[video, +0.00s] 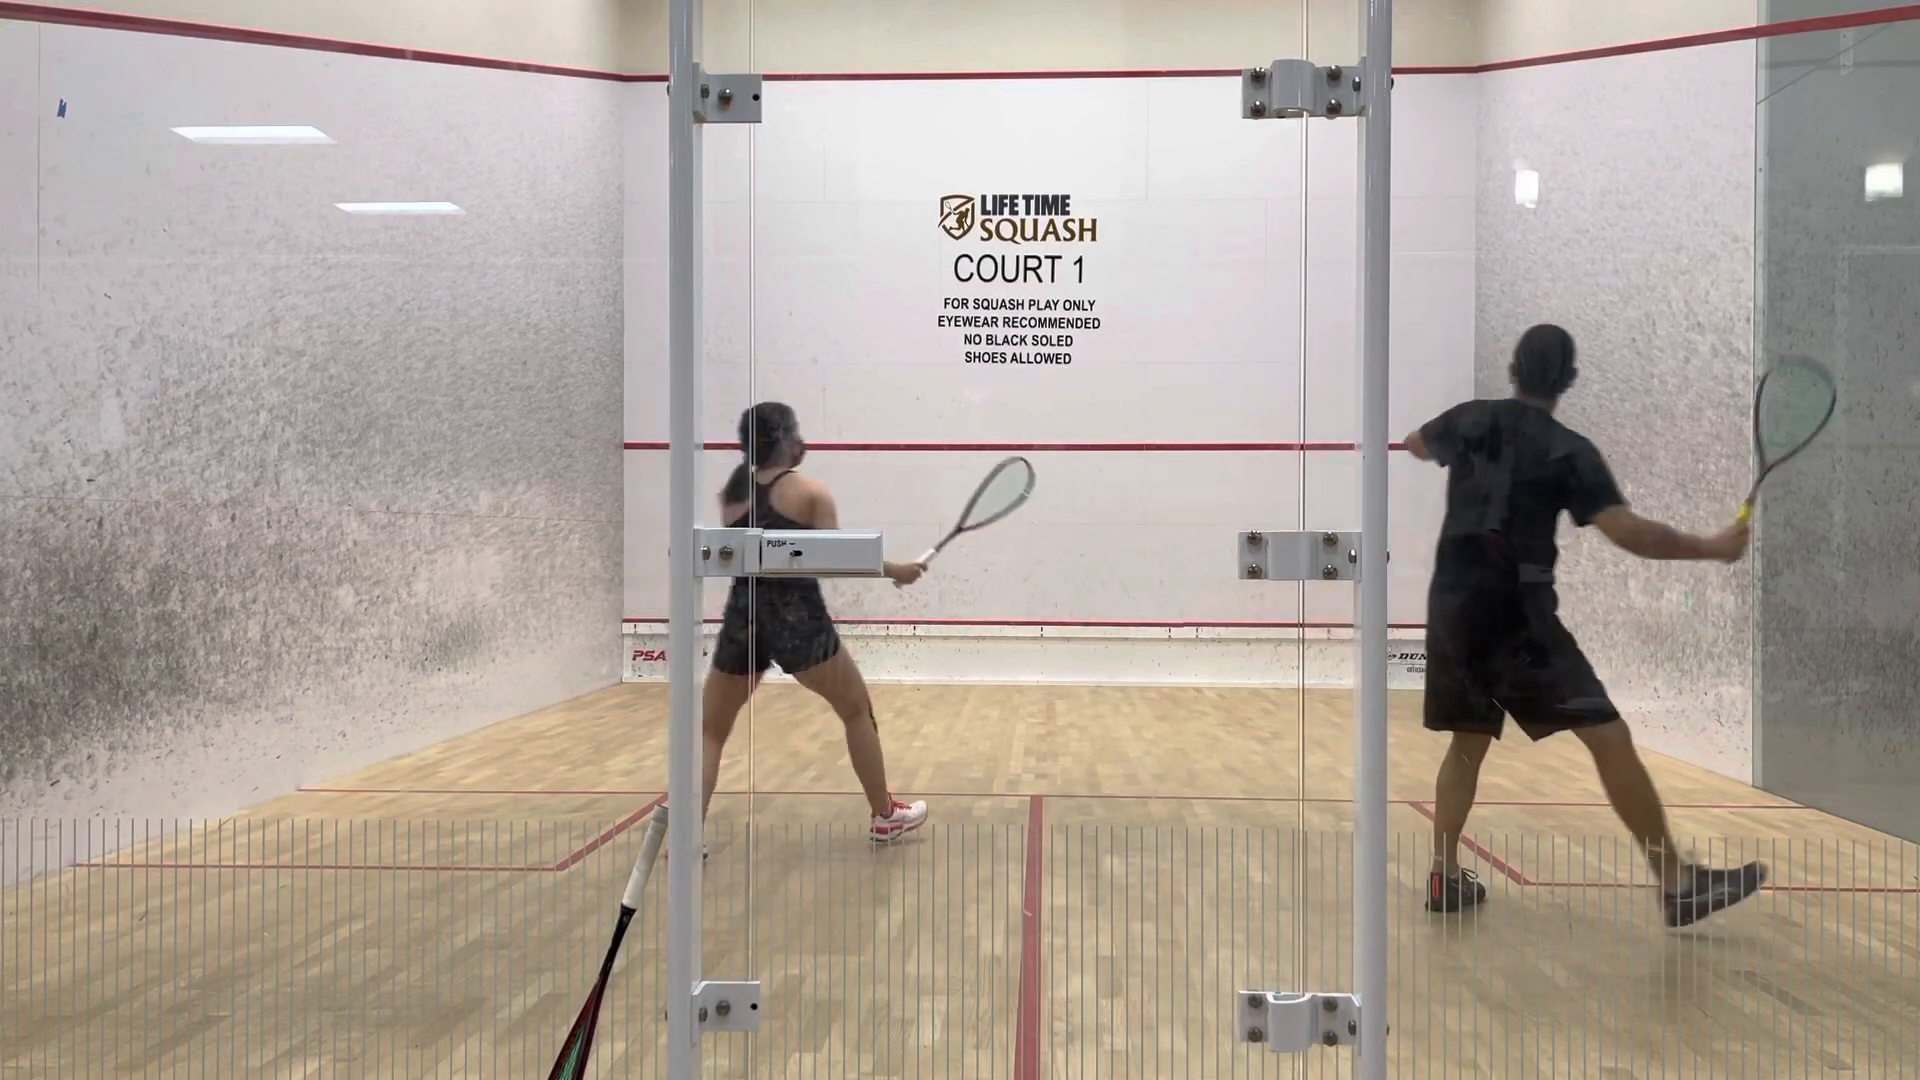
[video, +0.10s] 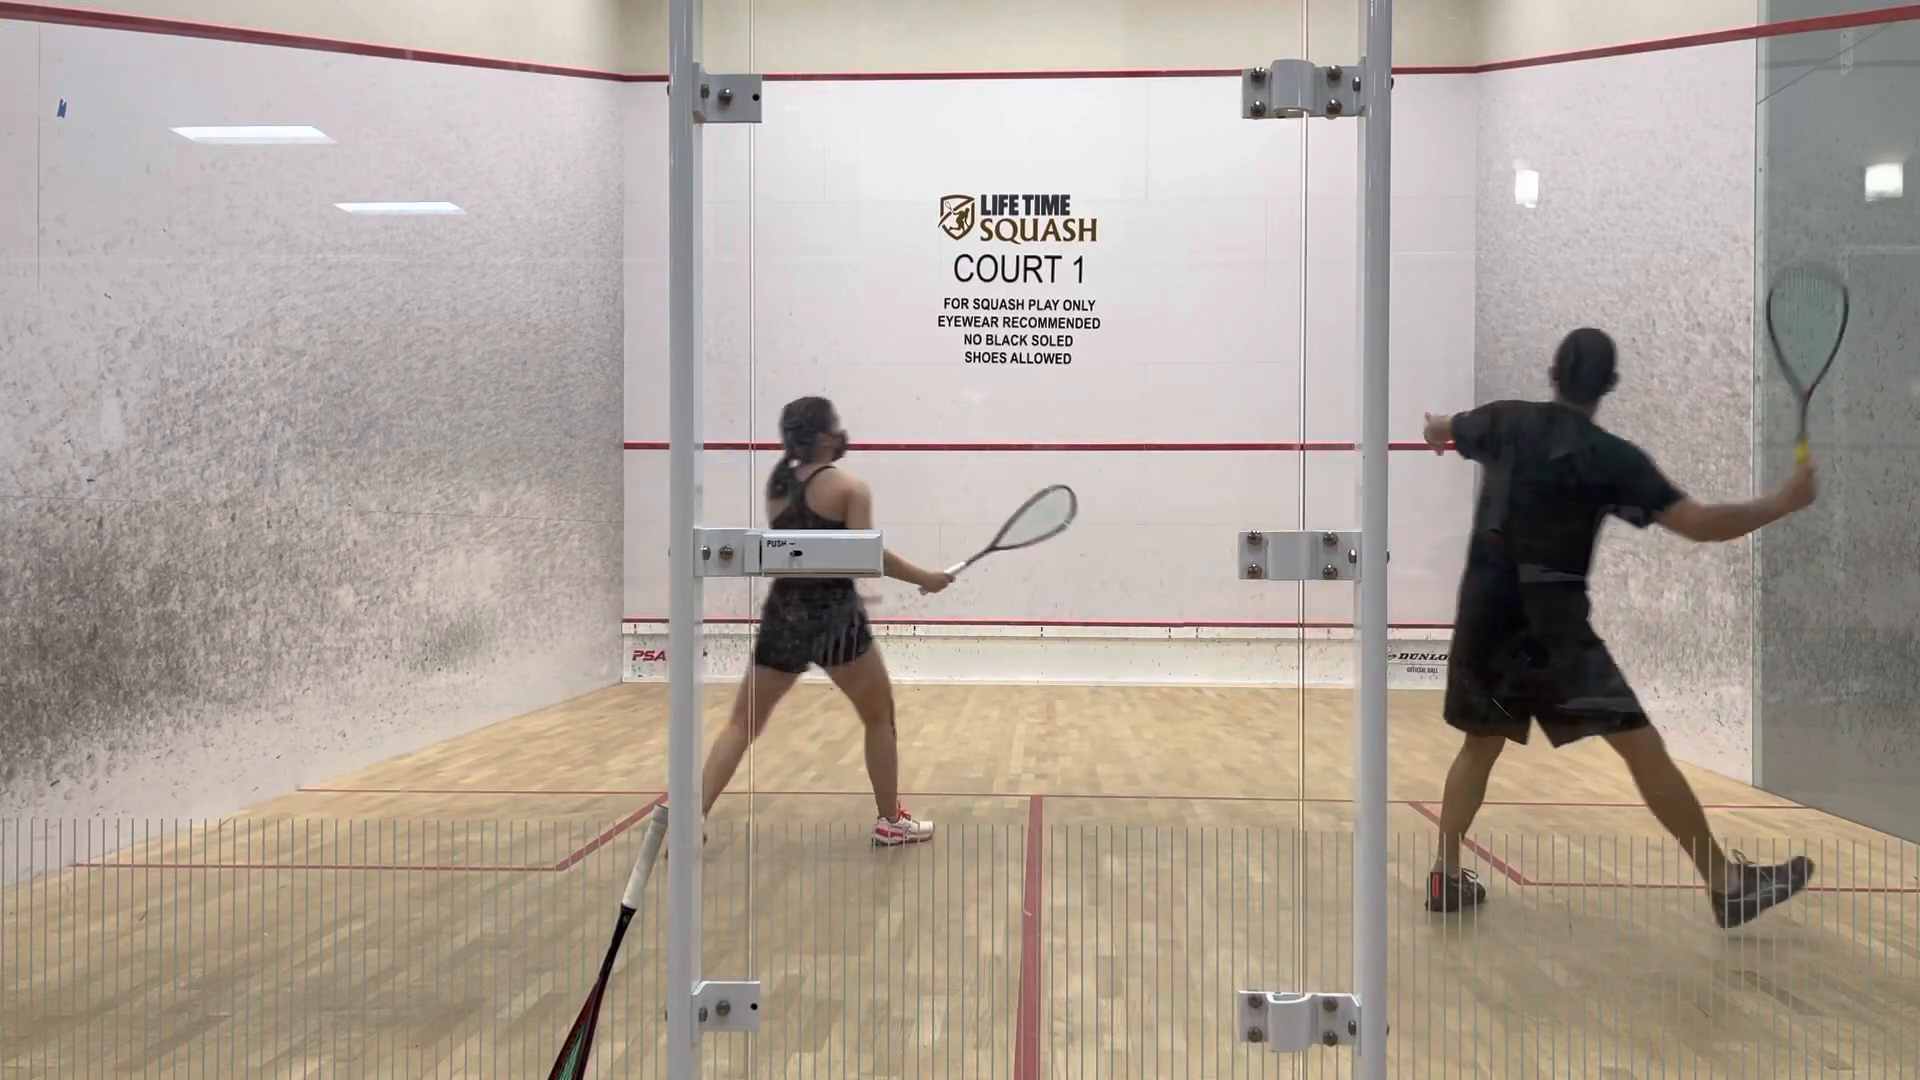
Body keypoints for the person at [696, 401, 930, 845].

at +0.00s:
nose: (802, 442)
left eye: (798, 435)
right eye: (797, 436)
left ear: (750, 444)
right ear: (788, 443)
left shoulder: (732, 492)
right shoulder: (810, 492)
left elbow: (730, 553)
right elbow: (834, 559)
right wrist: (892, 569)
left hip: (742, 624)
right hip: (799, 626)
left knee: (711, 731)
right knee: (856, 711)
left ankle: (688, 833)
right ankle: (884, 813)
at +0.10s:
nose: (844, 433)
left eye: (840, 425)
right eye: (837, 427)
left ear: (795, 440)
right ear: (823, 437)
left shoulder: (778, 484)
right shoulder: (849, 488)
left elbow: (784, 544)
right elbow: (868, 555)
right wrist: (923, 577)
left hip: (783, 613)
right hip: (835, 616)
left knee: (742, 724)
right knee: (879, 716)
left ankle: (693, 815)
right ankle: (890, 818)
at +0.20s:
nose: (883, 424)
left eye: (879, 417)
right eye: (876, 420)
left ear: (839, 435)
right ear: (861, 432)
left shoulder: (823, 477)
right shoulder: (882, 482)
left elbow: (826, 538)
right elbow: (899, 549)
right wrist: (952, 577)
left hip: (820, 610)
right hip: (867, 613)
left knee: (795, 718)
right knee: (899, 715)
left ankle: (734, 792)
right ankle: (892, 818)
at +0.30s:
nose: (919, 418)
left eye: (914, 410)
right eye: (910, 413)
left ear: (876, 426)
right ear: (889, 425)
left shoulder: (855, 469)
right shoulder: (912, 478)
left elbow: (832, 536)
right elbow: (925, 547)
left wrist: (821, 596)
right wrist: (976, 575)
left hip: (847, 609)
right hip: (892, 613)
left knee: (856, 708)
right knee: (906, 717)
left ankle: (801, 788)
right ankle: (891, 818)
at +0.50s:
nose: (970, 427)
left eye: (967, 420)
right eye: (963, 421)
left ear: (927, 431)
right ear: (943, 430)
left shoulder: (902, 478)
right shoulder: (963, 483)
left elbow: (867, 533)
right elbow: (972, 551)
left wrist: (856, 592)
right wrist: (1017, 579)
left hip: (900, 610)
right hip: (940, 614)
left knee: (926, 707)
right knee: (956, 714)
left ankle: (914, 797)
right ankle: (901, 799)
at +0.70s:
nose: (1020, 422)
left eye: (1017, 415)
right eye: (1015, 416)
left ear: (976, 427)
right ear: (1004, 425)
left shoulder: (964, 470)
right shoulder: (1014, 476)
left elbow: (940, 531)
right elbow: (1016, 541)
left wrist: (958, 573)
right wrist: (1065, 564)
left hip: (957, 598)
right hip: (997, 601)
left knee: (960, 699)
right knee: (1052, 689)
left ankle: (922, 794)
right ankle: (1006, 782)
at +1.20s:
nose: (1258, 465)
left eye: (1256, 457)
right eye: (1256, 458)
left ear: (1221, 464)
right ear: (1248, 467)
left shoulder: (1212, 501)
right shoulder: (1226, 511)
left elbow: (1253, 535)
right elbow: (1270, 546)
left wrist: (1286, 529)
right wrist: (1302, 532)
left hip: (1172, 625)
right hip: (1183, 629)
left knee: (1226, 714)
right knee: (1236, 719)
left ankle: (1150, 773)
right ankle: (1200, 814)